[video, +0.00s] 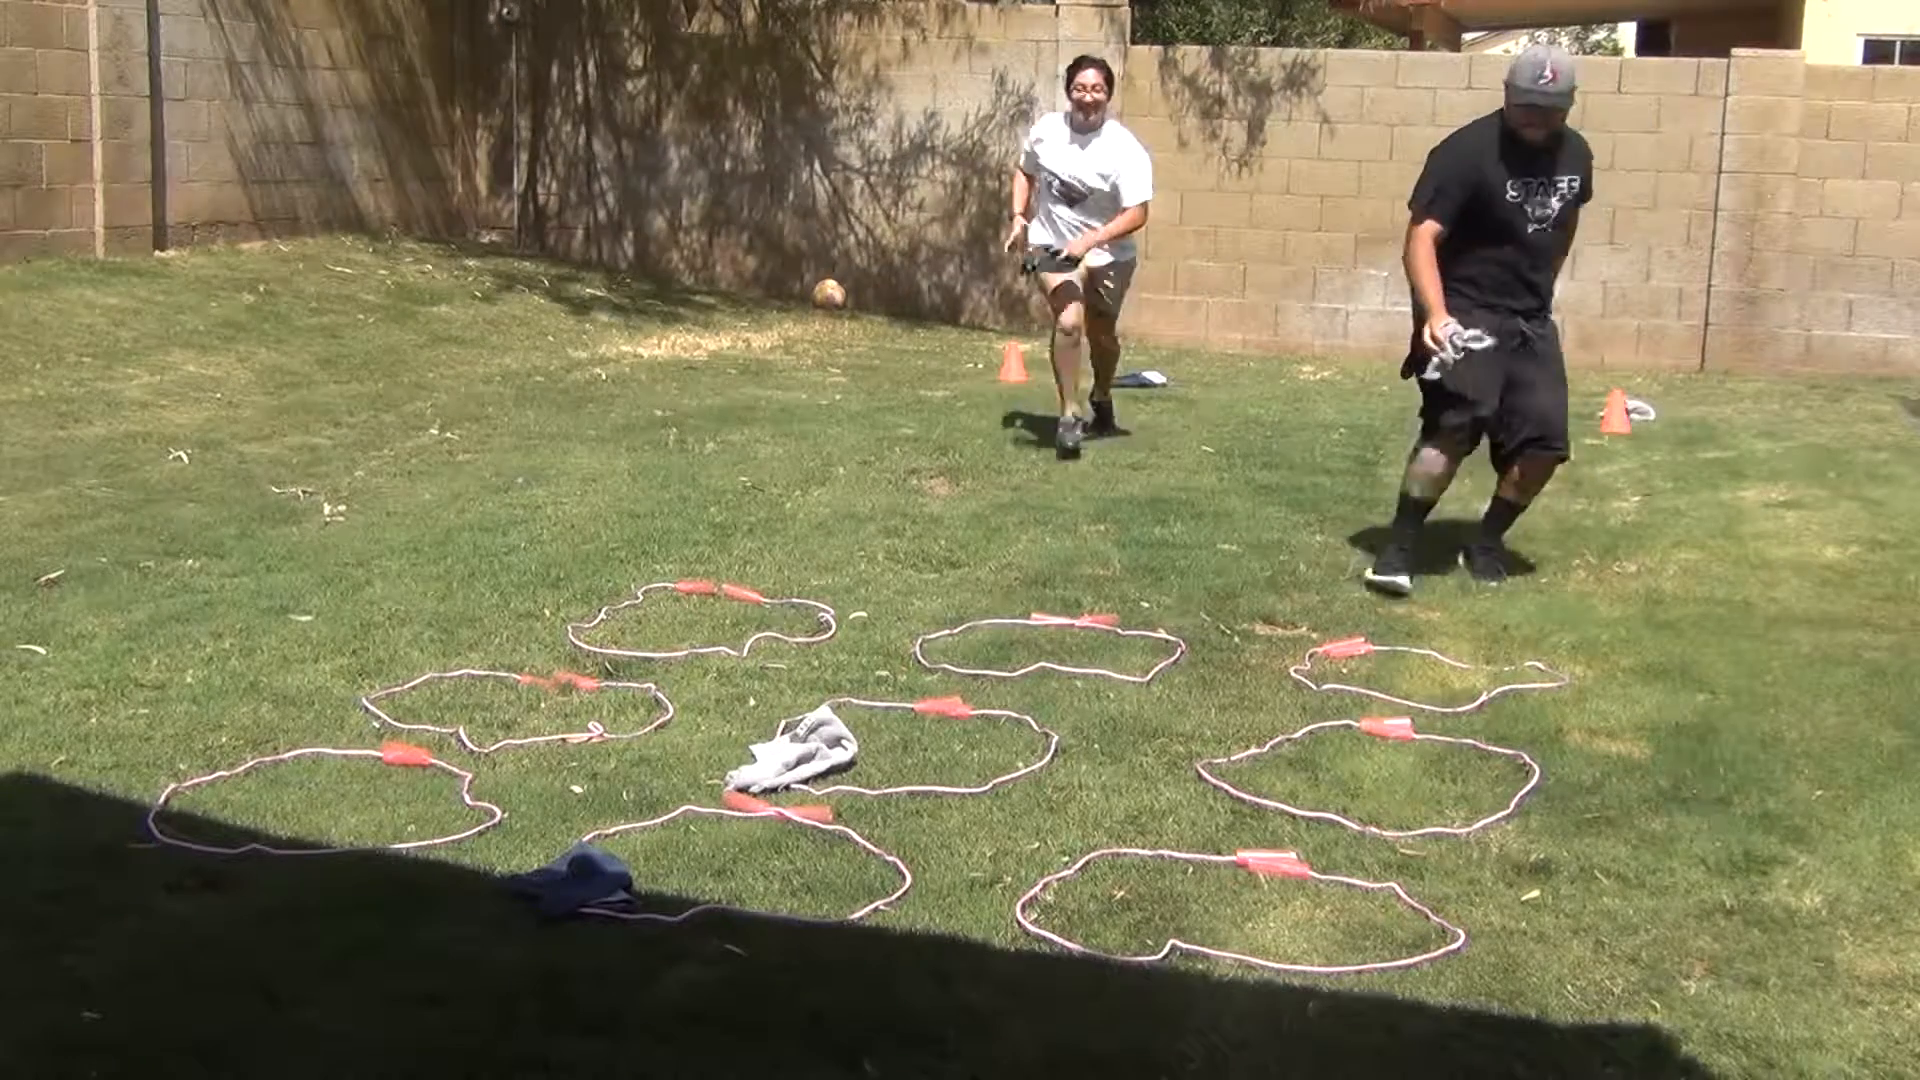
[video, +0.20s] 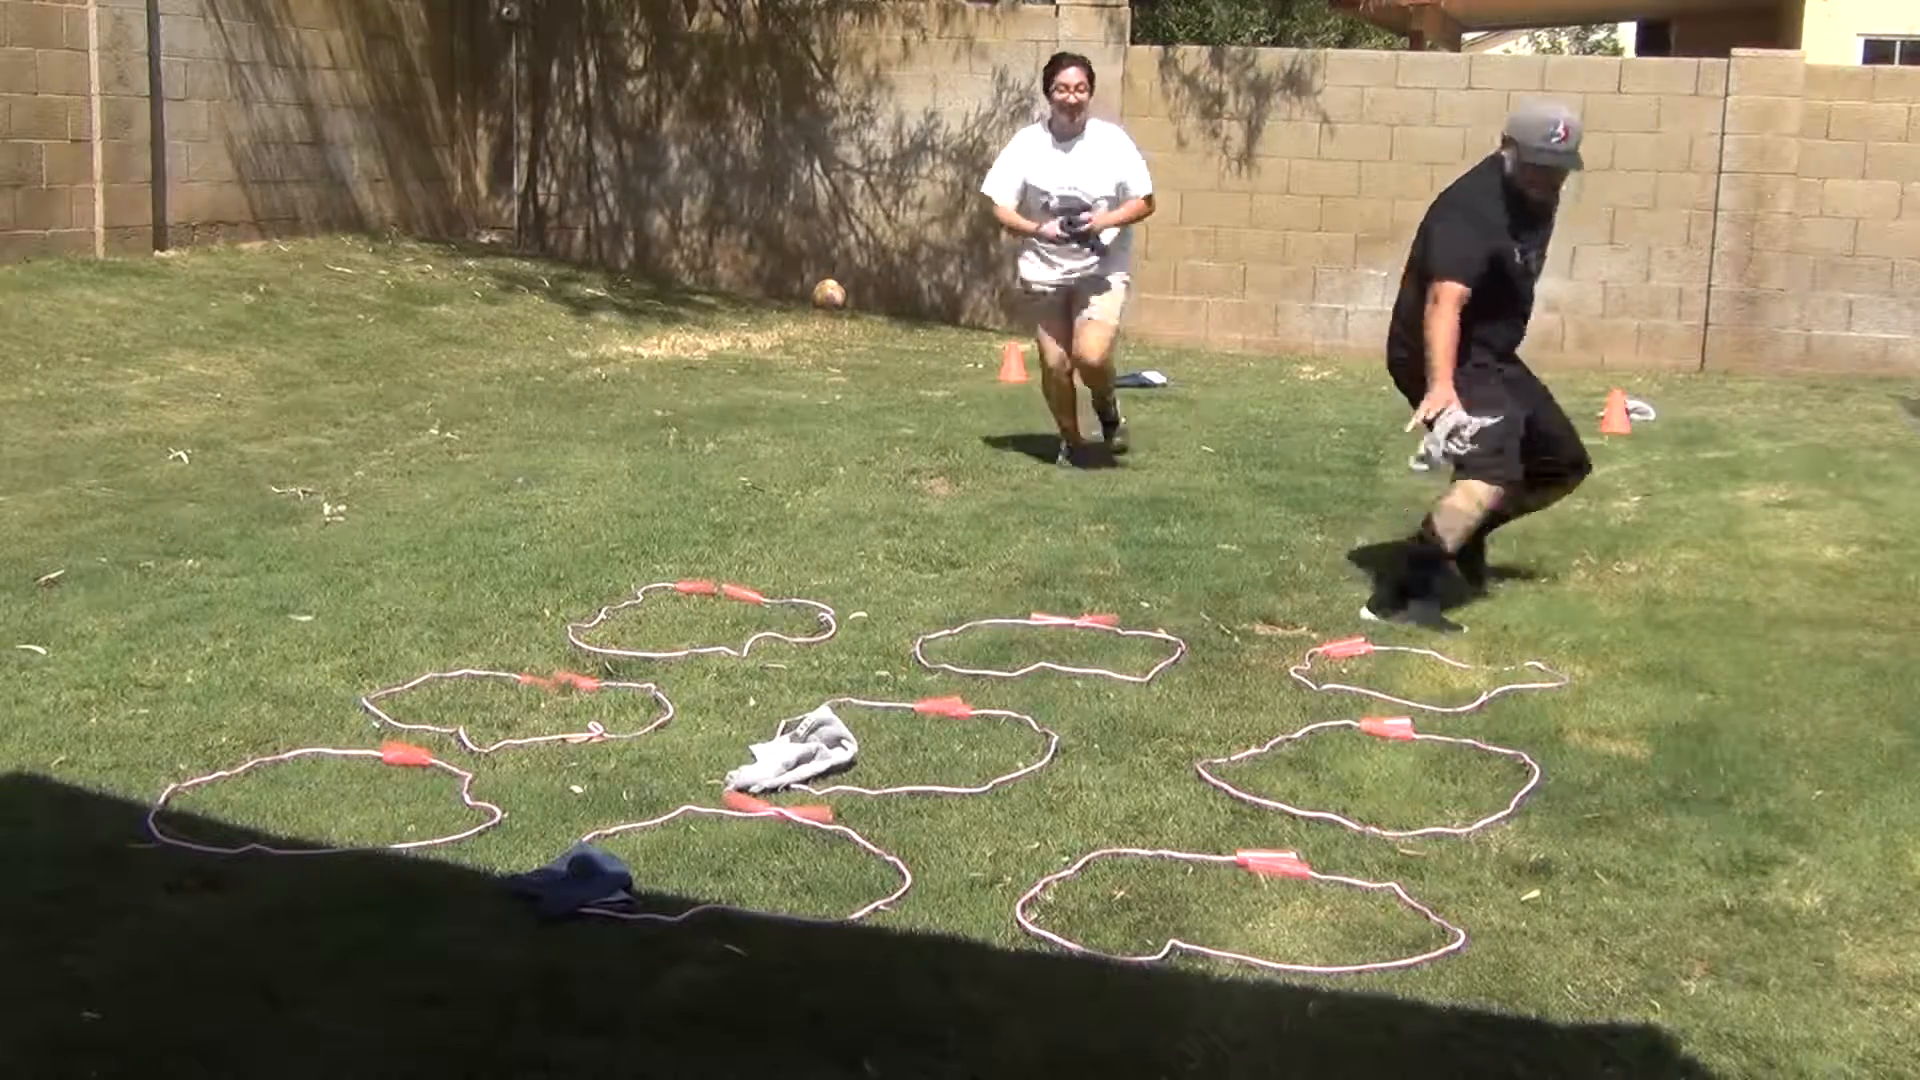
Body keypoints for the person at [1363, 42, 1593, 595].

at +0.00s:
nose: (1532, 119)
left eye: (1546, 110)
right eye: (1523, 107)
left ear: (1567, 106)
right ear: (1506, 98)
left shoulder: (1574, 156)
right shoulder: (1464, 152)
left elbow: (1563, 234)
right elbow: (1420, 238)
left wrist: (1538, 294)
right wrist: (1434, 312)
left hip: (1532, 318)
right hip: (1464, 312)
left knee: (1544, 442)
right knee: (1457, 423)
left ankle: (1486, 543)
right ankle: (1399, 547)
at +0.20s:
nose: (1548, 181)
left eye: (1558, 171)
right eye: (1537, 168)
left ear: (1569, 164)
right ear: (1509, 154)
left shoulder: (1539, 195)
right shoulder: (1472, 207)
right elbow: (1443, 301)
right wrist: (1441, 386)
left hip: (1492, 354)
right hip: (1443, 359)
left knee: (1562, 466)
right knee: (1493, 471)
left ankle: (1463, 533)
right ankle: (1404, 589)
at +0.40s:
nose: (1598, 210)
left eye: (1605, 202)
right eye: (1595, 198)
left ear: (1564, 167)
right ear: (1563, 173)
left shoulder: (1529, 168)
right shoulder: (1511, 223)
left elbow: (1488, 165)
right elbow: (1480, 332)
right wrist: (1492, 433)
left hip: (1448, 331)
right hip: (1418, 342)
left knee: (1526, 437)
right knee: (1491, 463)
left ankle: (1412, 531)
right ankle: (1410, 590)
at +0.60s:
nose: (1628, 201)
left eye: (1635, 191)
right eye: (1632, 189)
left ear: (1585, 159)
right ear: (1617, 180)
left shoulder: (1524, 172)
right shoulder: (1570, 238)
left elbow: (1457, 175)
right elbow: (1578, 352)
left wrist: (1452, 240)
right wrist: (1623, 428)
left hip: (1411, 311)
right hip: (1447, 336)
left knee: (1464, 426)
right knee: (1497, 469)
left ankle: (1458, 524)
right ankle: (1407, 589)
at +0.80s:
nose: (1624, 162)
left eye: (1623, 155)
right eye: (1624, 154)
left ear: (1566, 134)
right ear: (1615, 147)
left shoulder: (1508, 167)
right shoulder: (1620, 193)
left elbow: (1421, 211)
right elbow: (1640, 293)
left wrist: (1445, 280)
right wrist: (1620, 348)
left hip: (1440, 303)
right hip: (1508, 319)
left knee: (1502, 426)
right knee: (1467, 451)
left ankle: (1483, 548)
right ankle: (1427, 571)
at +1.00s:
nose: (1615, 137)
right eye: (1614, 132)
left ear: (1554, 127)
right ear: (1607, 130)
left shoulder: (1513, 165)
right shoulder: (1626, 168)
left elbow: (1474, 253)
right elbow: (1657, 234)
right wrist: (1639, 321)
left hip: (1486, 291)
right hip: (1566, 298)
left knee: (1504, 422)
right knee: (1586, 427)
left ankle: (1504, 519)